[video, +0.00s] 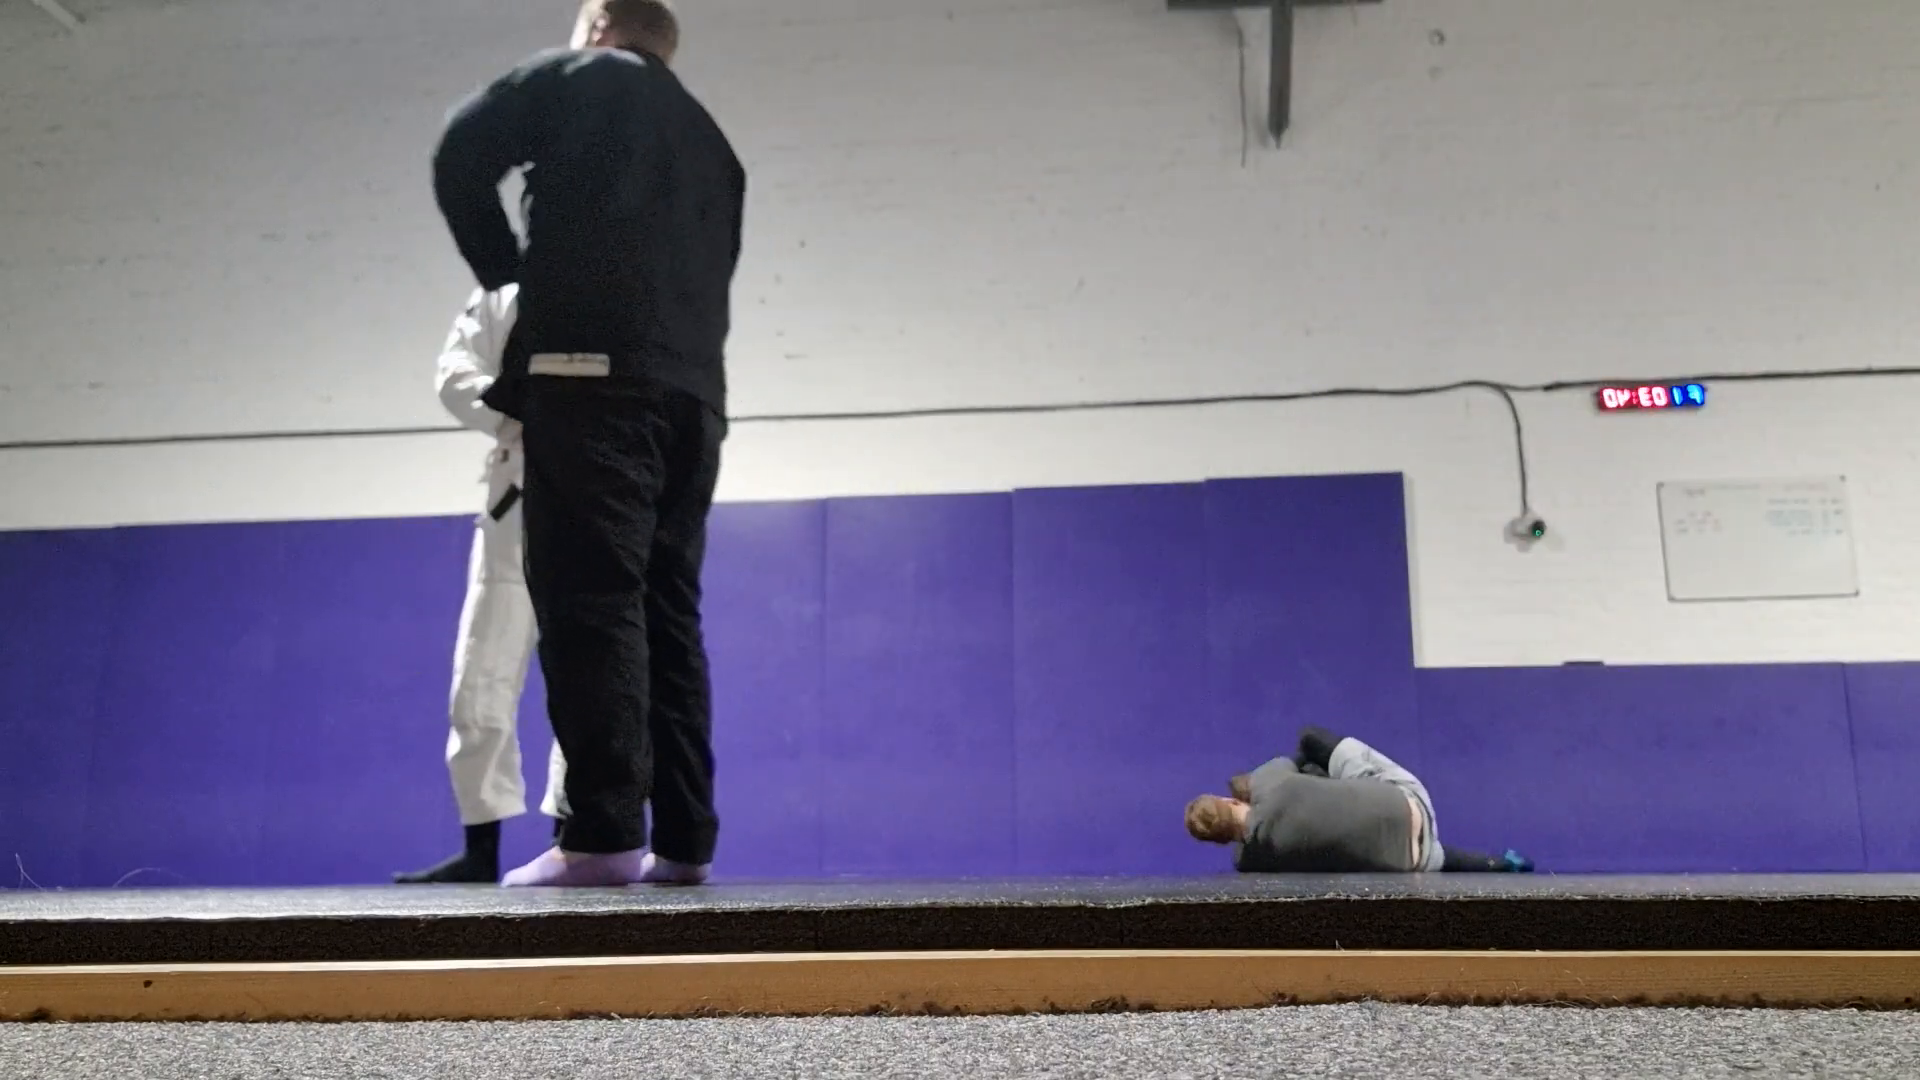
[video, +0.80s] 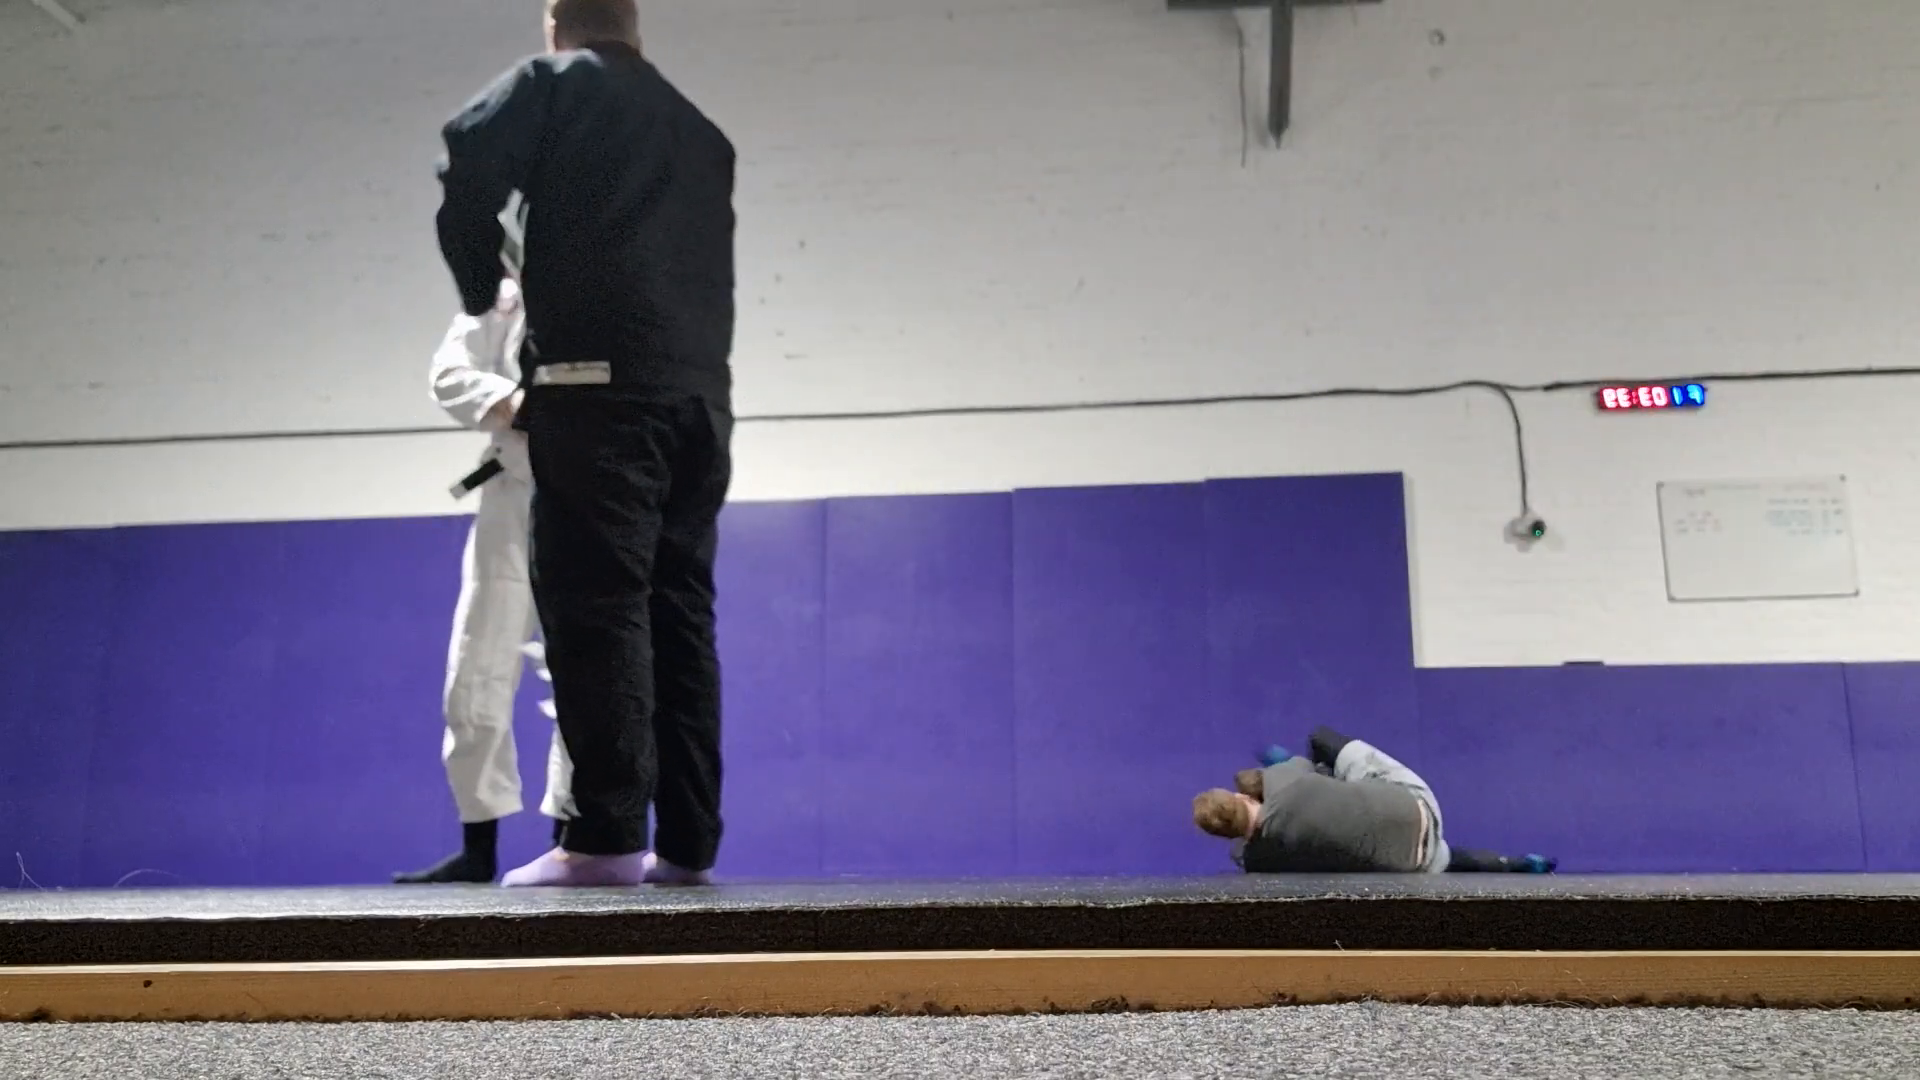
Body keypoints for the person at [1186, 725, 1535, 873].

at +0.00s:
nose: (1227, 796)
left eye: (1216, 828)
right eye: (1223, 797)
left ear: (1220, 840)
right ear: (1230, 796)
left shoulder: (1254, 862)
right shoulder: (1268, 779)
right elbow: (1294, 763)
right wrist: (1250, 786)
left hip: (1415, 860)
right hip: (1414, 805)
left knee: (1436, 857)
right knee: (1315, 739)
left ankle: (1503, 865)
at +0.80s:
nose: (1232, 799)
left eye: (1220, 822)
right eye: (1230, 796)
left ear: (1226, 836)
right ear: (1239, 791)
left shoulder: (1259, 857)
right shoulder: (1279, 776)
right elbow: (1312, 771)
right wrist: (1274, 777)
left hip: (1421, 861)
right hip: (1423, 807)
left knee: (1447, 855)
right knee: (1323, 737)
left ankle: (1523, 865)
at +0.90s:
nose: (1231, 796)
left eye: (1218, 814)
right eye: (1229, 793)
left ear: (1226, 834)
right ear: (1238, 789)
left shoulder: (1257, 858)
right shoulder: (1280, 777)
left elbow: (1250, 850)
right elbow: (1313, 763)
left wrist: (1252, 816)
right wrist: (1261, 777)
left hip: (1419, 860)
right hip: (1418, 805)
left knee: (1446, 856)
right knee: (1317, 738)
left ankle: (1522, 864)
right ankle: (1264, 752)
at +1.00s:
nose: (1226, 795)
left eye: (1215, 813)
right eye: (1225, 792)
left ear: (1224, 835)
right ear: (1236, 790)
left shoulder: (1257, 857)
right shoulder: (1276, 779)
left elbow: (1247, 853)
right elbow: (1302, 762)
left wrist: (1238, 843)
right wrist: (1255, 778)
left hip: (1415, 859)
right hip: (1414, 805)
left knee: (1441, 855)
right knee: (1311, 737)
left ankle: (1518, 863)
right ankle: (1252, 753)